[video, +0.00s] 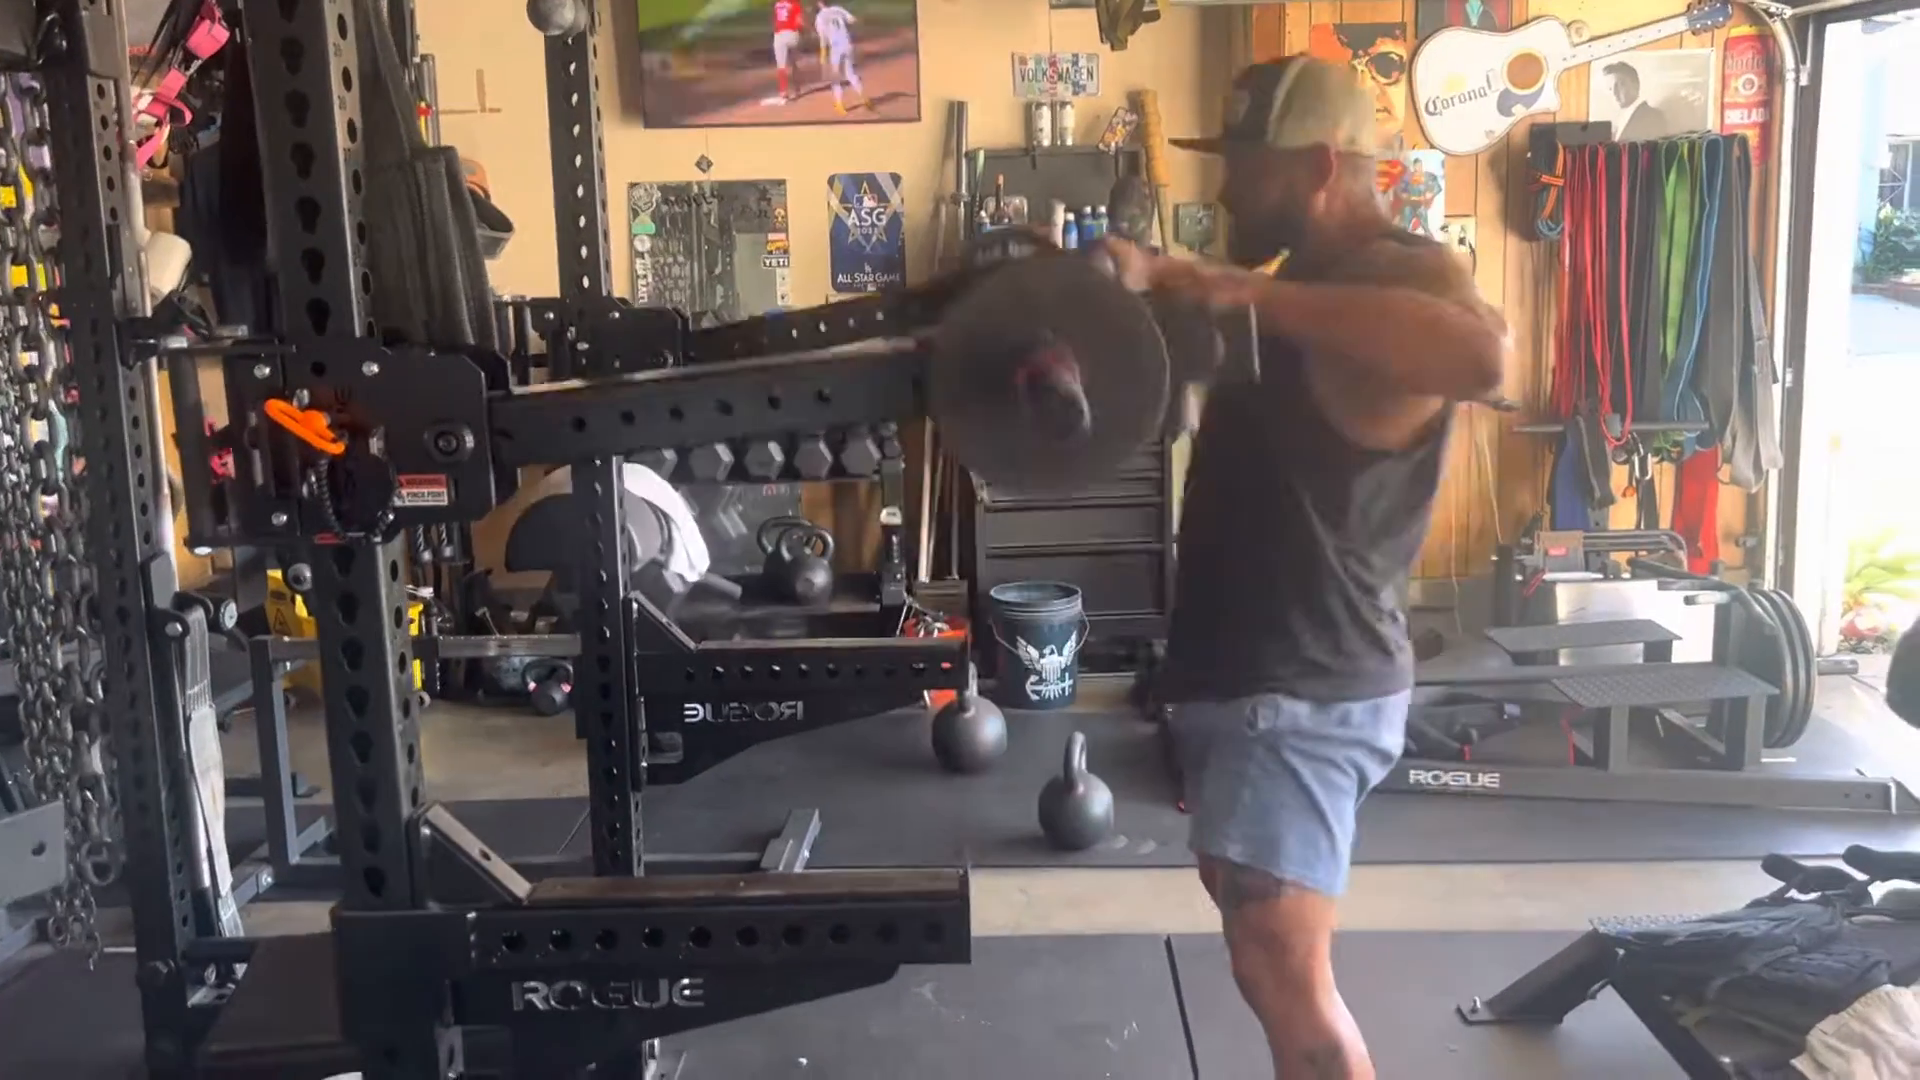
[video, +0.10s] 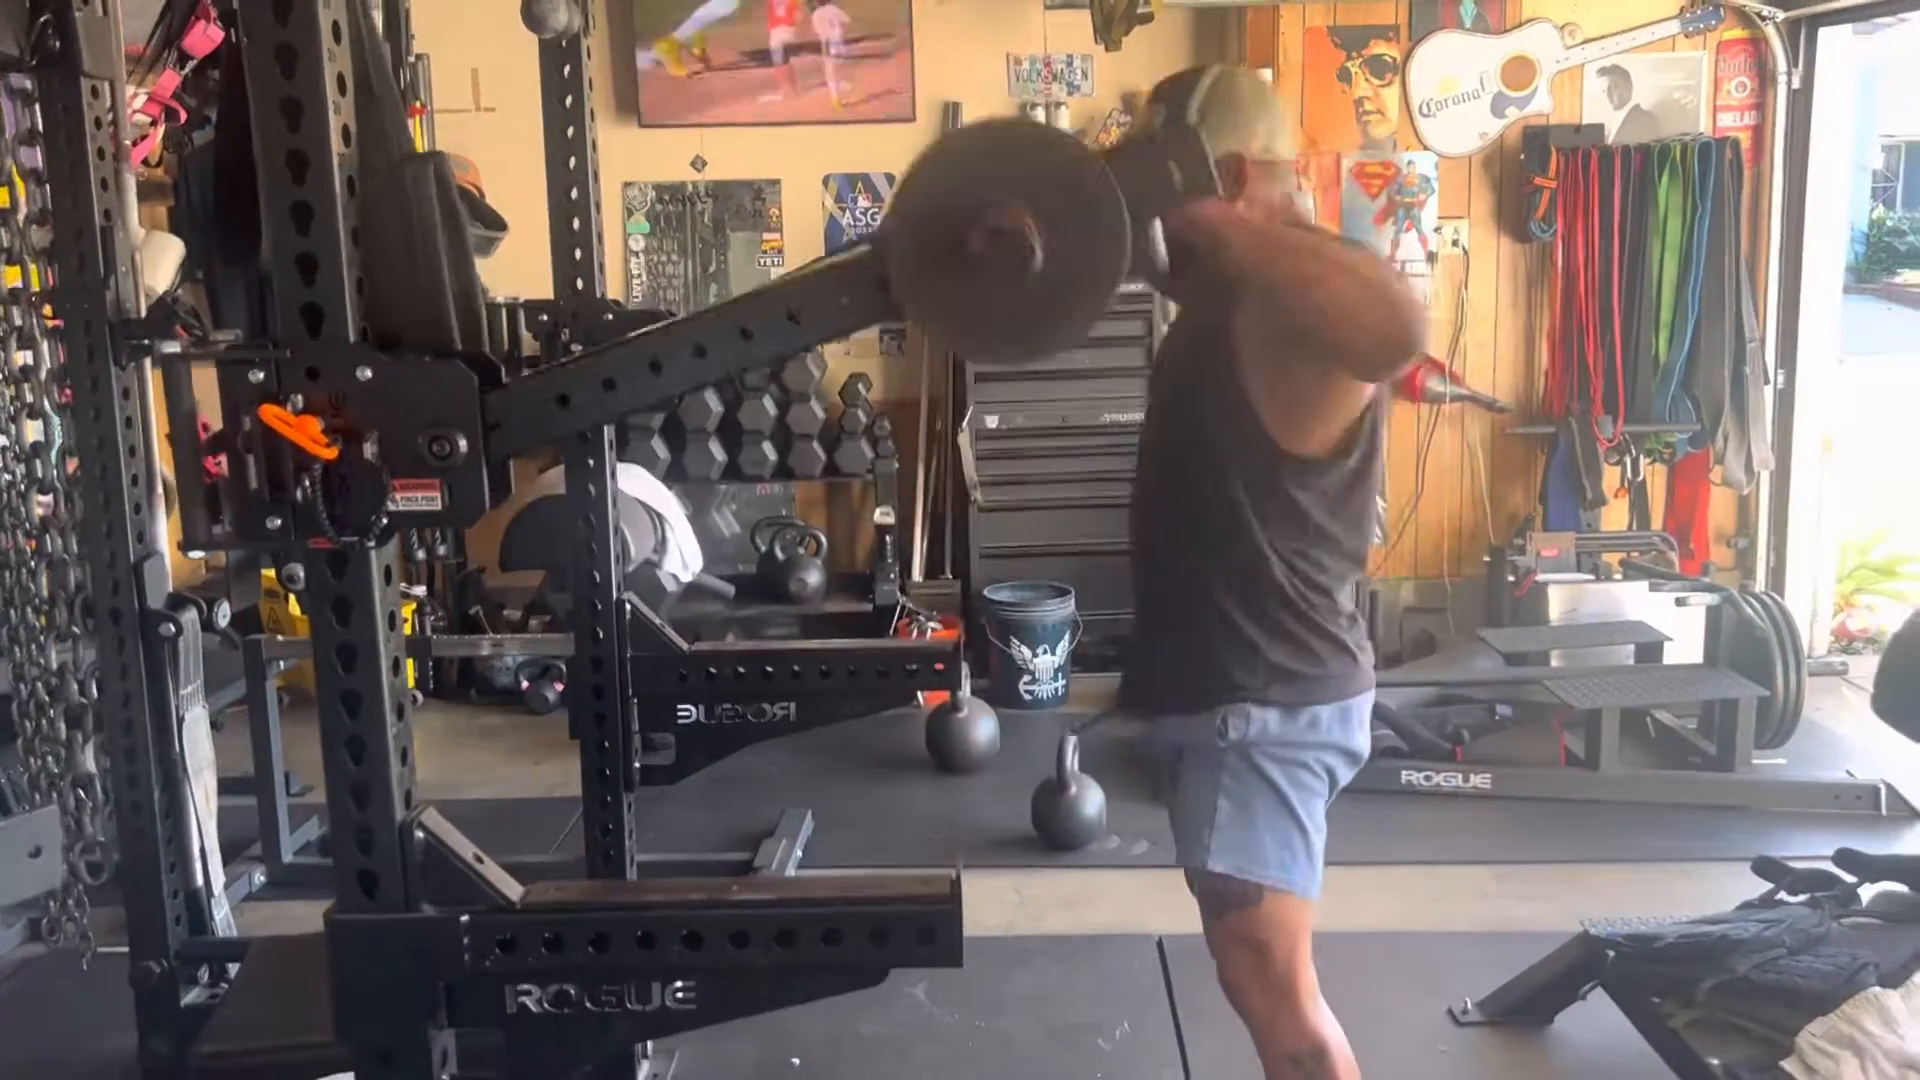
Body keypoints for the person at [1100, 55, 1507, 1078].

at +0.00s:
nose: (1223, 179)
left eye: (1244, 158)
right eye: (1225, 157)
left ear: (1320, 168)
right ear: (1313, 169)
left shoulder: (1402, 272)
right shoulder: (1297, 283)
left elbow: (1482, 356)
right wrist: (1118, 286)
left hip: (1302, 690)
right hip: (1249, 678)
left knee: (1285, 971)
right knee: (1275, 959)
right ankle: (1311, 1064)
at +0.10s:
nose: (1166, 203)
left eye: (1179, 180)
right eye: (1161, 181)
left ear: (1239, 176)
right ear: (1247, 175)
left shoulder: (1294, 278)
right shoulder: (1227, 282)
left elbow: (1395, 335)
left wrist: (1223, 231)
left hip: (1263, 701)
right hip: (1225, 691)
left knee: (1272, 988)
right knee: (1265, 978)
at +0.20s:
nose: (1069, 234)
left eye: (1084, 206)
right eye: (1066, 210)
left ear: (1143, 194)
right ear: (1128, 201)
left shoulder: (1244, 295)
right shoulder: (1163, 297)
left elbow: (1294, 290)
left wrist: (1125, 125)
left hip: (1253, 709)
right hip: (1213, 699)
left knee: (1264, 993)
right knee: (1255, 984)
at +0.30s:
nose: (1014, 270)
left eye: (1027, 242)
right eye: (1012, 246)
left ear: (1097, 229)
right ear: (1097, 227)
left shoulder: (1199, 298)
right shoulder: (1129, 309)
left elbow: (1178, 216)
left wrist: (1038, 45)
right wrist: (1032, 127)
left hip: (1245, 707)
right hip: (1209, 703)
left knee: (1262, 1001)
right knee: (1252, 987)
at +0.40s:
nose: (1003, 295)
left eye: (1013, 273)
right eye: (1000, 279)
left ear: (1067, 256)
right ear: (1063, 261)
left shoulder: (1173, 304)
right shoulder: (1107, 319)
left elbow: (1097, 174)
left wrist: (965, 15)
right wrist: (983, 273)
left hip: (1248, 714)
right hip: (1206, 709)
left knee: (1257, 994)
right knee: (1248, 983)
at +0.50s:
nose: (986, 338)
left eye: (990, 309)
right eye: (979, 318)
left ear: (1042, 273)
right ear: (1042, 274)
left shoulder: (1149, 296)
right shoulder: (1103, 314)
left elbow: (1038, 146)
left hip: (1251, 718)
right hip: (1208, 712)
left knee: (1260, 1003)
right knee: (1249, 991)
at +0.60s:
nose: (984, 357)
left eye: (981, 333)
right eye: (975, 342)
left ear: (1032, 283)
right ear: (1040, 283)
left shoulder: (1139, 297)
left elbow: (1022, 136)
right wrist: (917, 12)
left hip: (1253, 723)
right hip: (1217, 719)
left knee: (1261, 1007)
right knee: (1251, 995)